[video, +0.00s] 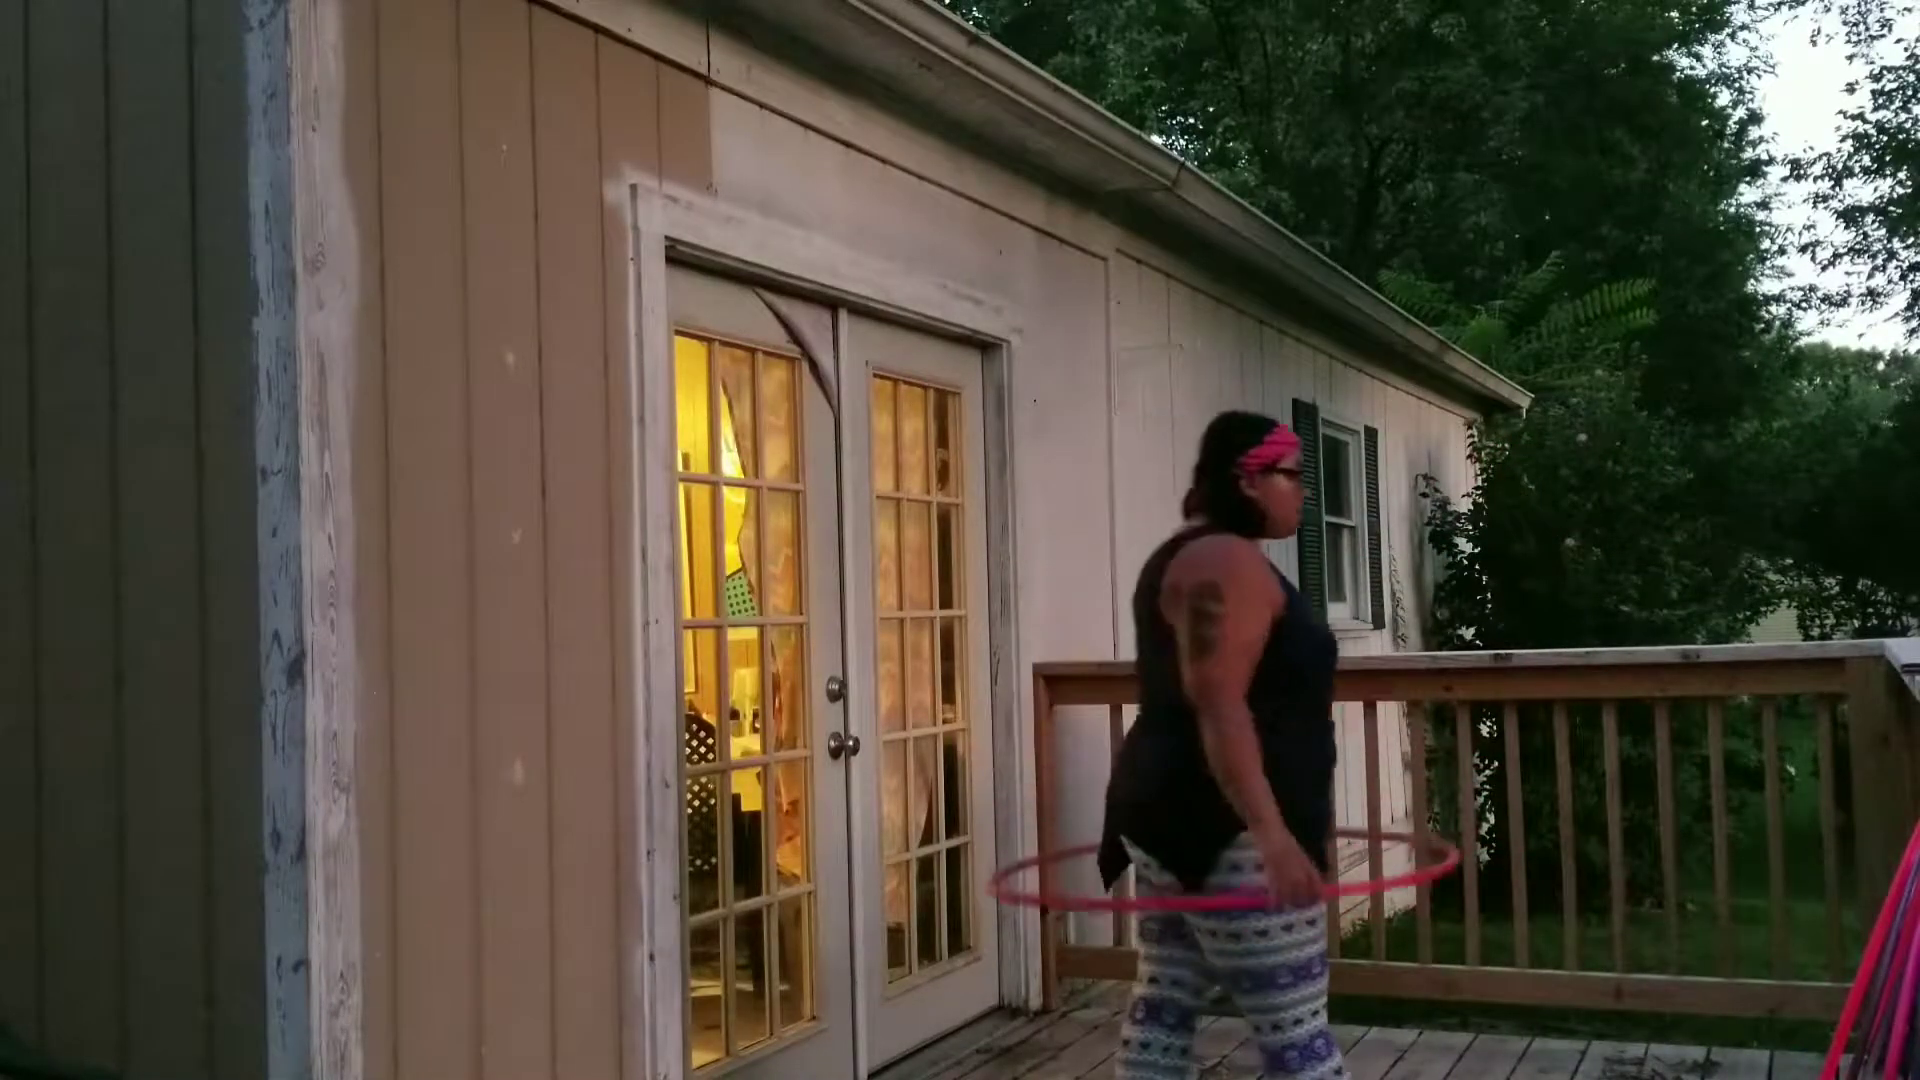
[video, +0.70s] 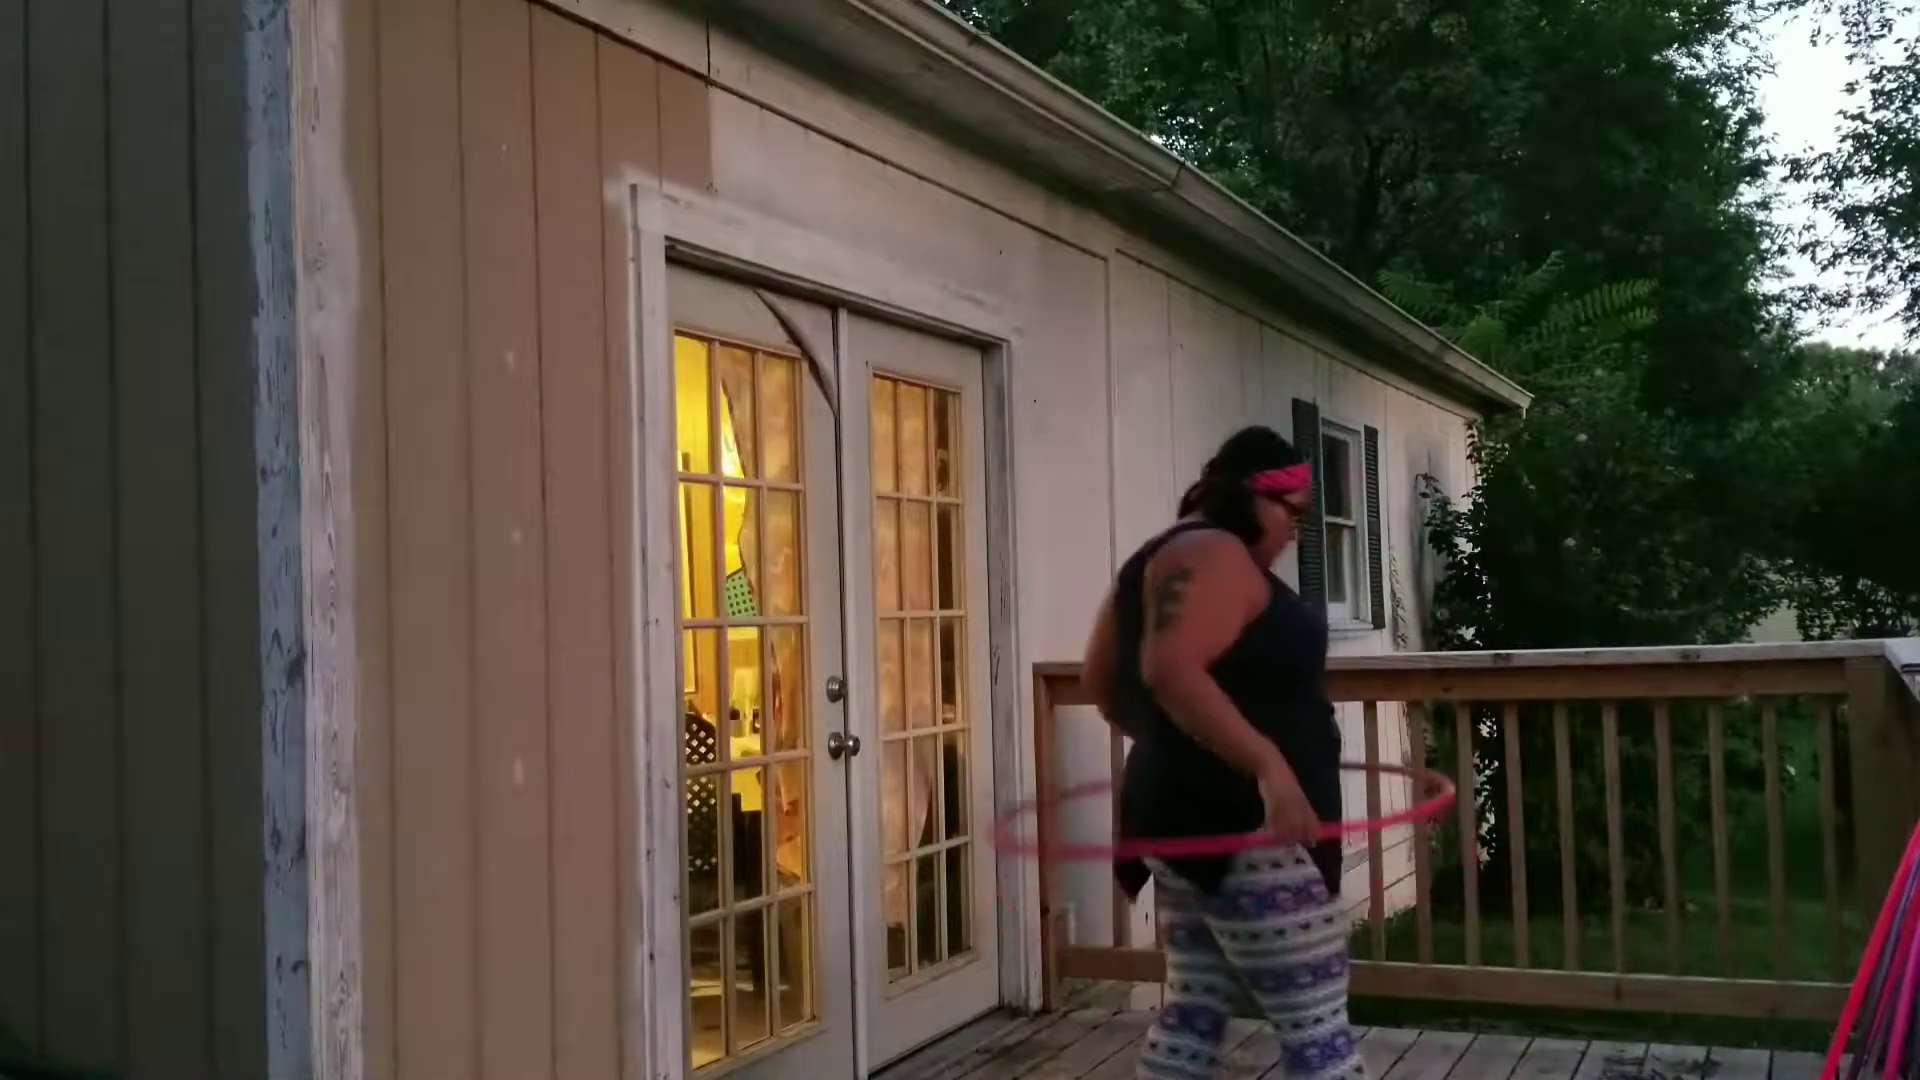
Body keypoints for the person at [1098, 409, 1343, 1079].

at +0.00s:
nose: (1303, 489)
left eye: (1300, 475)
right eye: (1292, 475)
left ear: (1242, 483)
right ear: (1251, 484)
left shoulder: (1175, 560)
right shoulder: (1231, 561)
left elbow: (1169, 709)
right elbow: (1218, 701)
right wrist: (1273, 832)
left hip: (1171, 827)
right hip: (1242, 835)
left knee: (1162, 1016)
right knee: (1296, 1033)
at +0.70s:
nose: (1296, 526)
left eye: (1300, 512)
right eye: (1291, 509)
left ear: (1233, 492)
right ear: (1251, 494)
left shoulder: (1150, 560)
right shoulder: (1220, 555)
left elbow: (1102, 683)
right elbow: (1172, 667)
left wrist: (1184, 743)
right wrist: (1271, 767)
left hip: (1179, 824)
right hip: (1250, 828)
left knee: (1191, 1020)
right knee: (1318, 1032)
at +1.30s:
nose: (1267, 462)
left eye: (1260, 450)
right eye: (1252, 452)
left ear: (1196, 475)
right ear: (1217, 470)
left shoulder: (1146, 553)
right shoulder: (1205, 537)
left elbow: (1096, 658)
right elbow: (1158, 637)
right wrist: (1255, 613)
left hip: (1172, 814)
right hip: (1243, 814)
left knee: (1183, 1005)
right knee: (1320, 1005)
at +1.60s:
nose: (1349, 479)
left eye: (1344, 464)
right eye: (1336, 465)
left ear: (1282, 480)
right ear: (1296, 478)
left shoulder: (1213, 554)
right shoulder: (1280, 548)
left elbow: (1169, 684)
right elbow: (1230, 657)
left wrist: (1177, 805)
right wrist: (1322, 765)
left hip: (1207, 823)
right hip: (1281, 822)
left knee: (1229, 1008)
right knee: (1346, 1024)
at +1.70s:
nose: (1374, 477)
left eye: (1370, 463)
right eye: (1362, 463)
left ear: (1306, 478)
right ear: (1319, 477)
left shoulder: (1237, 559)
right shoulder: (1307, 554)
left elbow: (1206, 702)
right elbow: (1286, 681)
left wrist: (1192, 825)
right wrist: (1345, 815)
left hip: (1240, 826)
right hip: (1319, 834)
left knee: (1257, 1007)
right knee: (1368, 1033)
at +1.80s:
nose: (1395, 474)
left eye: (1390, 460)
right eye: (1380, 461)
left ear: (1323, 477)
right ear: (1337, 475)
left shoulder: (1255, 560)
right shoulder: (1333, 555)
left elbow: (1221, 698)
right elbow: (1333, 693)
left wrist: (1202, 809)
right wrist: (1373, 828)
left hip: (1254, 822)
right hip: (1338, 827)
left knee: (1292, 1001)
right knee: (1387, 1024)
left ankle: (1214, 1074)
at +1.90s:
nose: (1409, 479)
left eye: (1403, 464)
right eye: (1395, 465)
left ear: (1333, 481)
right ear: (1352, 479)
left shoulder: (1265, 560)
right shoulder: (1353, 554)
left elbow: (1213, 684)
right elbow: (1343, 681)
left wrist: (1209, 799)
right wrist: (1412, 817)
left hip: (1270, 826)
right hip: (1364, 829)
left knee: (1324, 1010)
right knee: (1405, 1032)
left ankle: (1229, 1077)